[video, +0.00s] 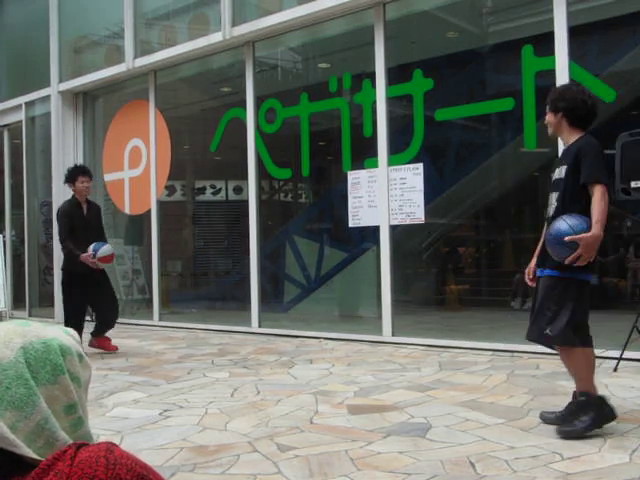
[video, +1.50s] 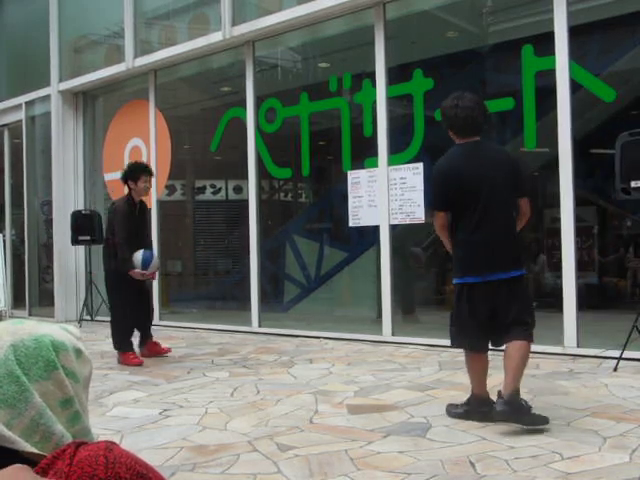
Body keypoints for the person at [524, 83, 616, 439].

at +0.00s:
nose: (545, 118)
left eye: (548, 112)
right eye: (546, 112)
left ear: (561, 115)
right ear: (568, 116)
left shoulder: (587, 147)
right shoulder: (565, 153)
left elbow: (599, 190)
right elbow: (554, 214)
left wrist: (597, 232)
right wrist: (537, 256)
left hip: (571, 259)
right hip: (554, 259)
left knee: (571, 328)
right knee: (557, 329)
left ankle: (591, 401)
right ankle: (584, 398)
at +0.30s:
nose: (522, 122)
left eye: (525, 116)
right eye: (523, 115)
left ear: (539, 119)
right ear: (547, 120)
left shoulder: (568, 151)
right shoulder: (549, 159)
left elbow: (589, 195)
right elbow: (543, 217)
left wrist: (593, 237)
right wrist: (529, 266)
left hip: (553, 262)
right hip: (545, 262)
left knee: (518, 327)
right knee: (565, 333)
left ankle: (491, 396)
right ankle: (582, 405)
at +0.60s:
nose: (494, 127)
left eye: (497, 122)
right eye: (496, 121)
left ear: (508, 127)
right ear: (526, 127)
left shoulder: (530, 159)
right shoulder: (530, 158)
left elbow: (545, 206)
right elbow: (541, 208)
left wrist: (547, 252)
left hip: (516, 265)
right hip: (533, 263)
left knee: (496, 334)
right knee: (550, 333)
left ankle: (480, 400)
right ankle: (579, 401)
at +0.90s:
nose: (464, 128)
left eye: (466, 123)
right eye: (465, 123)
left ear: (474, 128)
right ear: (501, 125)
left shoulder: (482, 163)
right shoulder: (515, 161)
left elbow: (474, 211)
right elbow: (514, 214)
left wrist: (452, 253)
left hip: (487, 266)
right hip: (515, 264)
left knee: (482, 334)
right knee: (523, 327)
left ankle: (480, 400)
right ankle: (566, 389)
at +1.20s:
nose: (447, 133)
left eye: (448, 127)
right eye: (448, 127)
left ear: (455, 130)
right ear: (485, 126)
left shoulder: (457, 164)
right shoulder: (507, 160)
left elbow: (442, 216)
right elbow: (517, 212)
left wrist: (420, 252)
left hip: (474, 266)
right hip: (510, 262)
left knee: (477, 334)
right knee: (511, 326)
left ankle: (480, 400)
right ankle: (520, 388)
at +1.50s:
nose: (447, 129)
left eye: (446, 124)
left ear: (448, 129)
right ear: (482, 123)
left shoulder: (446, 167)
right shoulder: (506, 159)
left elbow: (440, 222)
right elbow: (524, 212)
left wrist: (458, 250)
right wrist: (504, 238)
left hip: (470, 267)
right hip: (508, 263)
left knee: (473, 333)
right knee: (519, 327)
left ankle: (479, 399)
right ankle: (510, 396)